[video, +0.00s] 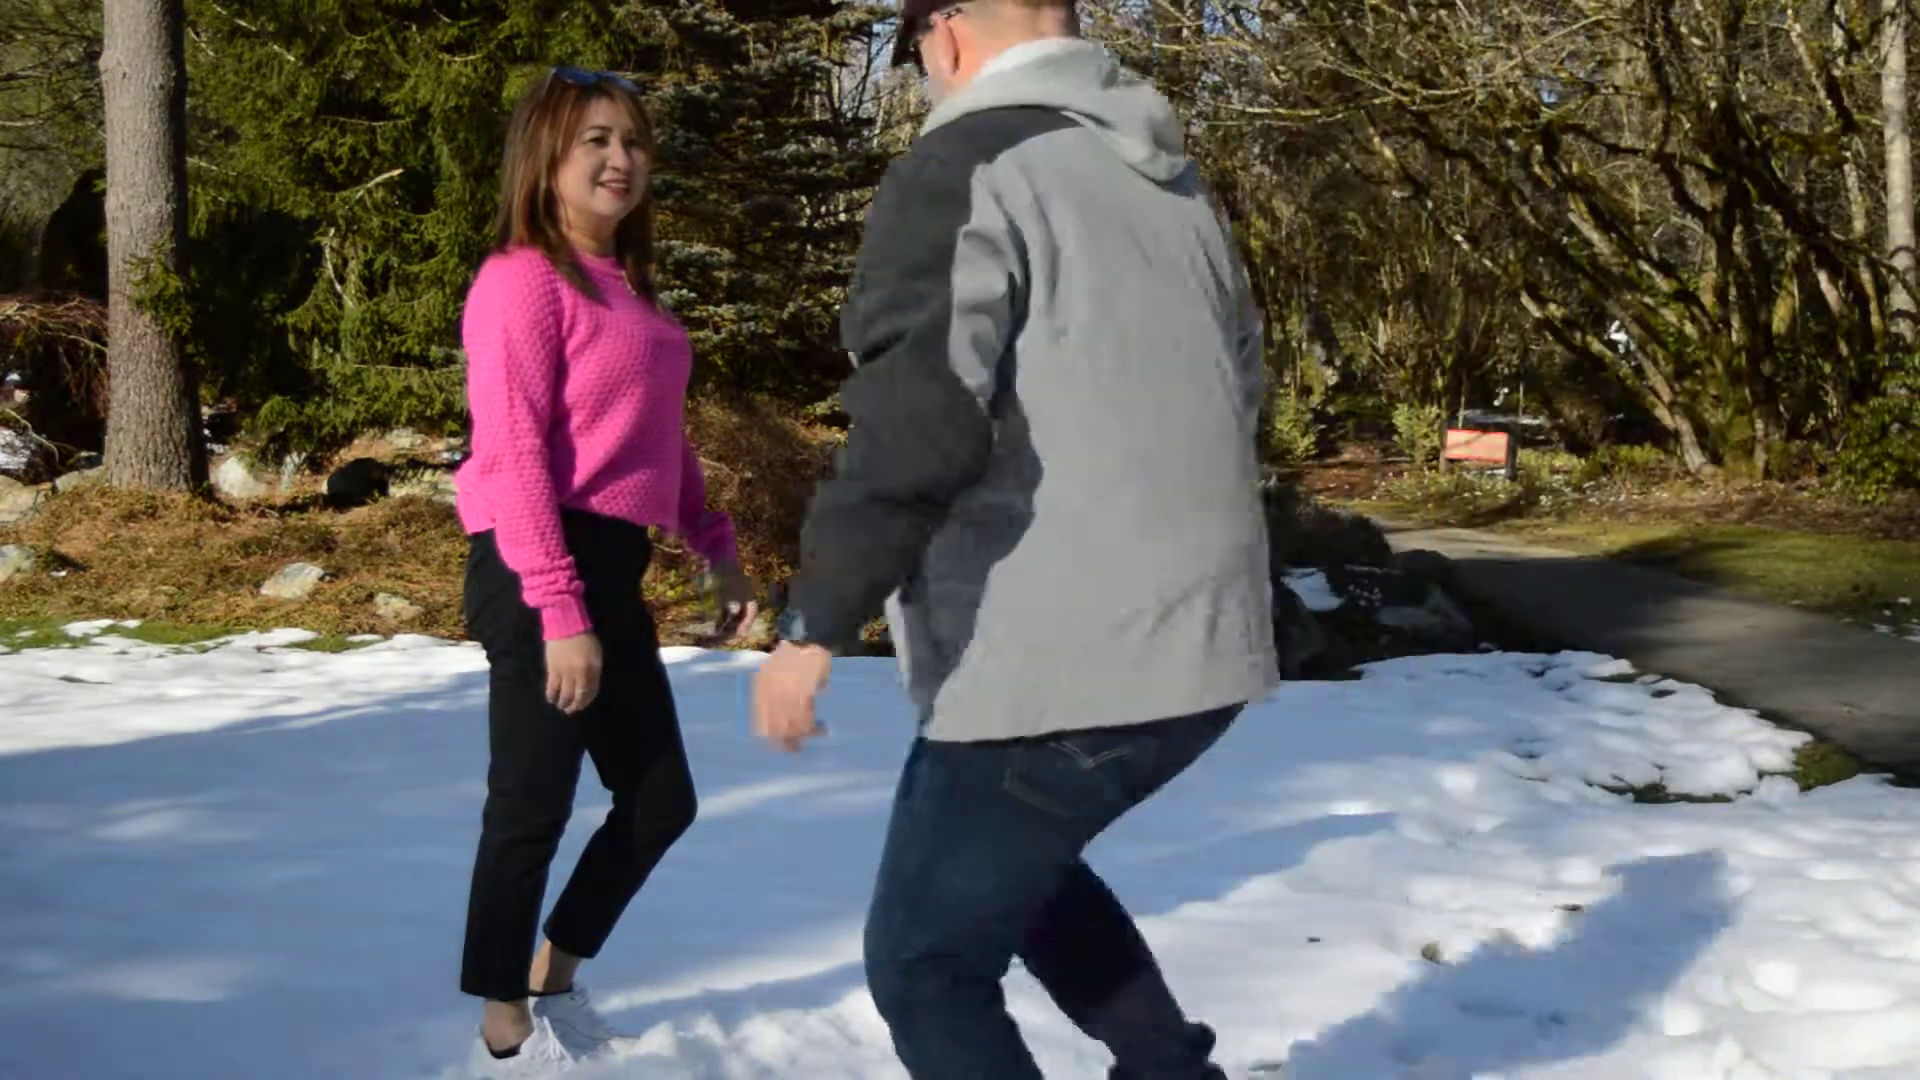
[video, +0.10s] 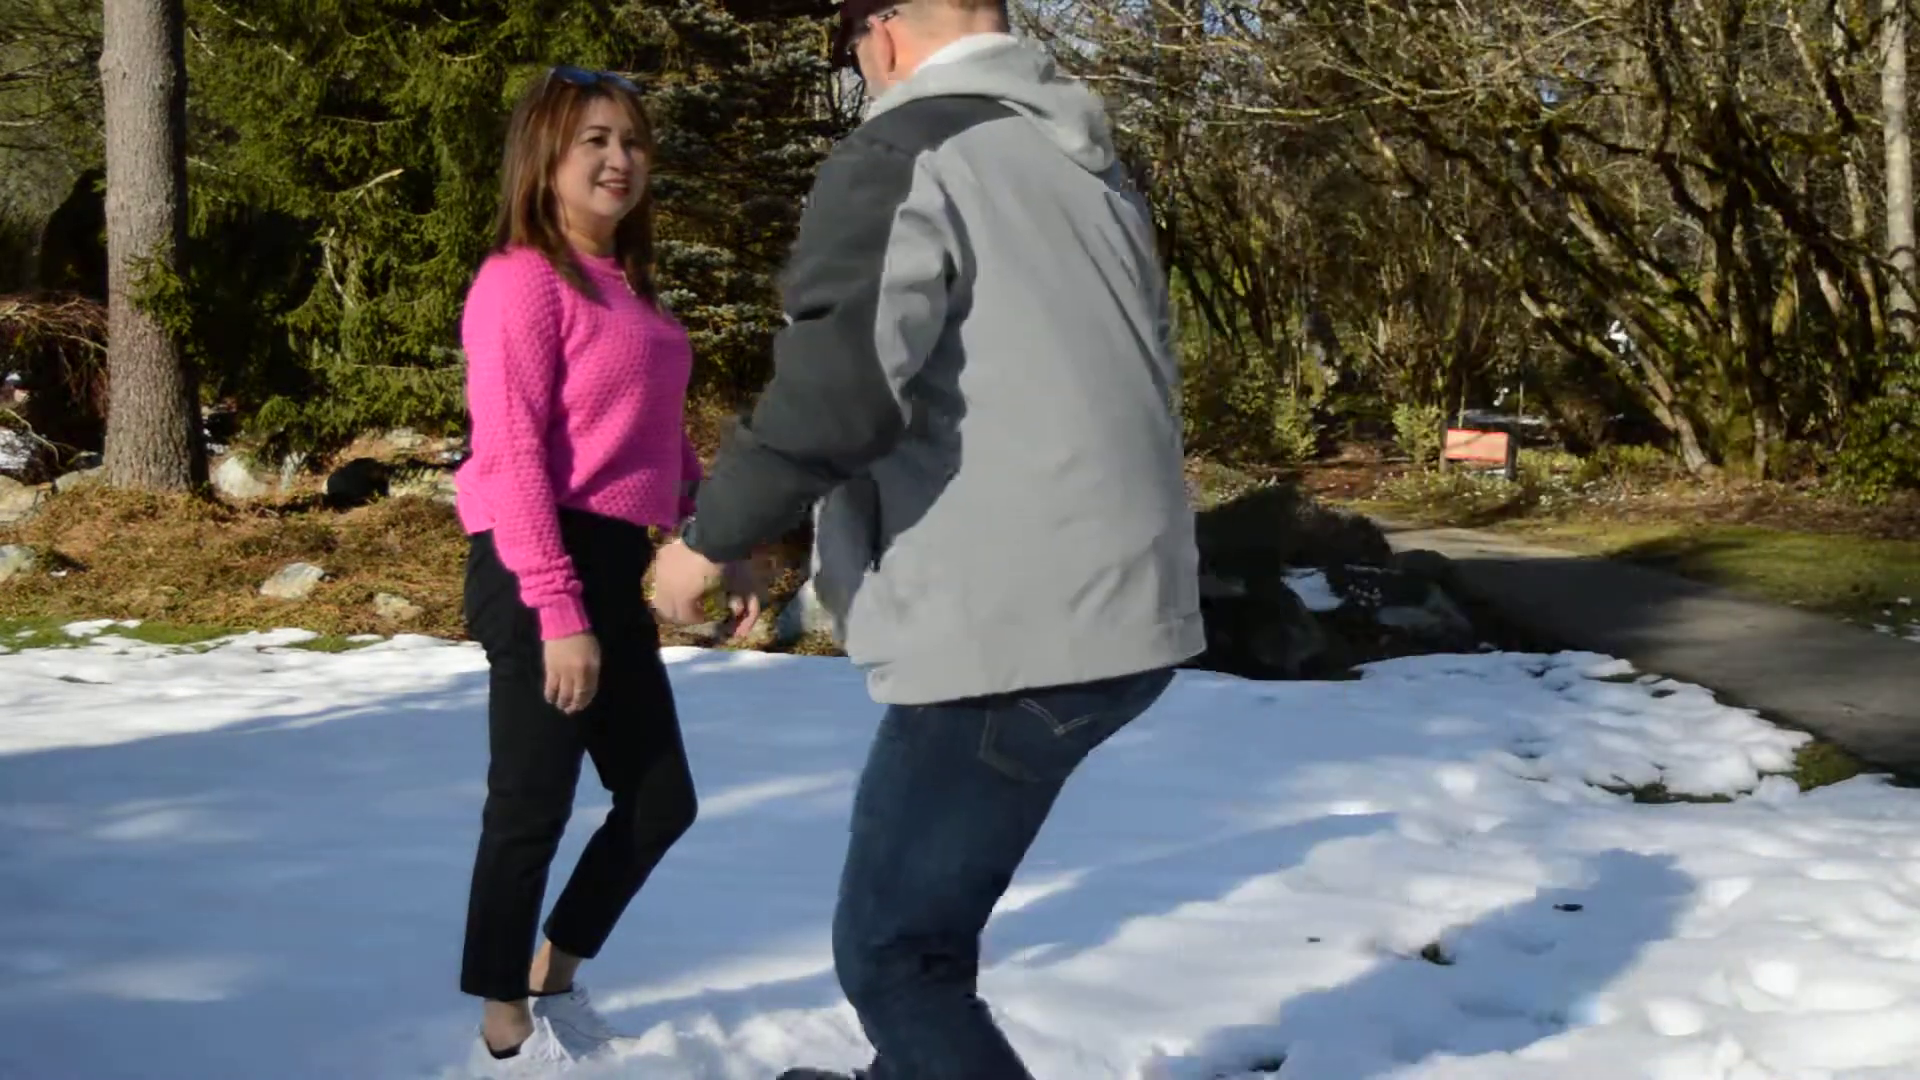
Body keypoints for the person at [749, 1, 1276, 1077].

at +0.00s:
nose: (924, 84)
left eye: (921, 56)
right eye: (920, 61)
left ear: (951, 40)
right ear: (1066, 30)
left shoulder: (958, 169)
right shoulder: (1170, 174)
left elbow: (917, 424)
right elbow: (1240, 386)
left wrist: (813, 629)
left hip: (1056, 666)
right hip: (1214, 650)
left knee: (924, 967)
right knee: (1026, 859)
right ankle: (1168, 1060)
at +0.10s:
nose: (862, 76)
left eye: (859, 50)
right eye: (858, 55)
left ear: (886, 36)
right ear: (994, 25)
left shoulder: (898, 154)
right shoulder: (1091, 152)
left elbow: (840, 387)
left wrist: (709, 537)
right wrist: (830, 526)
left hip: (1009, 631)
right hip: (1126, 615)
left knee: (893, 958)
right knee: (928, 935)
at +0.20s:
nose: (801, 93)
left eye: (795, 69)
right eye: (797, 73)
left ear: (823, 54)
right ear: (929, 33)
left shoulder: (864, 148)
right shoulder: (998, 150)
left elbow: (811, 378)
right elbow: (949, 403)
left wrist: (665, 506)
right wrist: (794, 550)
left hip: (951, 628)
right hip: (1021, 609)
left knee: (867, 965)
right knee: (835, 861)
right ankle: (817, 1068)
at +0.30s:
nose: (741, 122)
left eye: (737, 96)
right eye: (734, 100)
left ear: (771, 79)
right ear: (849, 65)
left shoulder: (835, 173)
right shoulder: (887, 161)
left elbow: (830, 386)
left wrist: (684, 541)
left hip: (914, 628)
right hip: (871, 620)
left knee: (783, 931)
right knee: (748, 876)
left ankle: (971, 1070)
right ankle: (795, 1064)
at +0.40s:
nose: (678, 136)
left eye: (673, 113)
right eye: (669, 117)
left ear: (711, 89)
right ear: (755, 74)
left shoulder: (800, 169)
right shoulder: (786, 170)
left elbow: (844, 379)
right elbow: (762, 399)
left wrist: (775, 573)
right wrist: (660, 514)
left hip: (881, 619)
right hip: (842, 614)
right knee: (744, 878)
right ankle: (784, 1067)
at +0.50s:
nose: (617, 127)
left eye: (617, 101)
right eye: (609, 108)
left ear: (658, 73)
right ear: (672, 72)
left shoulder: (767, 152)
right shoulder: (691, 187)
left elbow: (871, 337)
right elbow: (685, 410)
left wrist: (858, 543)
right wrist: (592, 507)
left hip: (844, 601)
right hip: (770, 604)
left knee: (685, 842)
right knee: (733, 857)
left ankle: (841, 1073)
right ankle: (787, 1067)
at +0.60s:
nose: (580, 111)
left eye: (577, 84)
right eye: (569, 92)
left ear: (627, 54)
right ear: (638, 55)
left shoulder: (757, 136)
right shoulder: (648, 180)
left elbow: (884, 305)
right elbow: (633, 382)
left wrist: (895, 504)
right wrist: (558, 488)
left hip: (820, 587)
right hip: (715, 595)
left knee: (716, 860)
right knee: (668, 848)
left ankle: (770, 1068)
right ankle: (768, 1057)